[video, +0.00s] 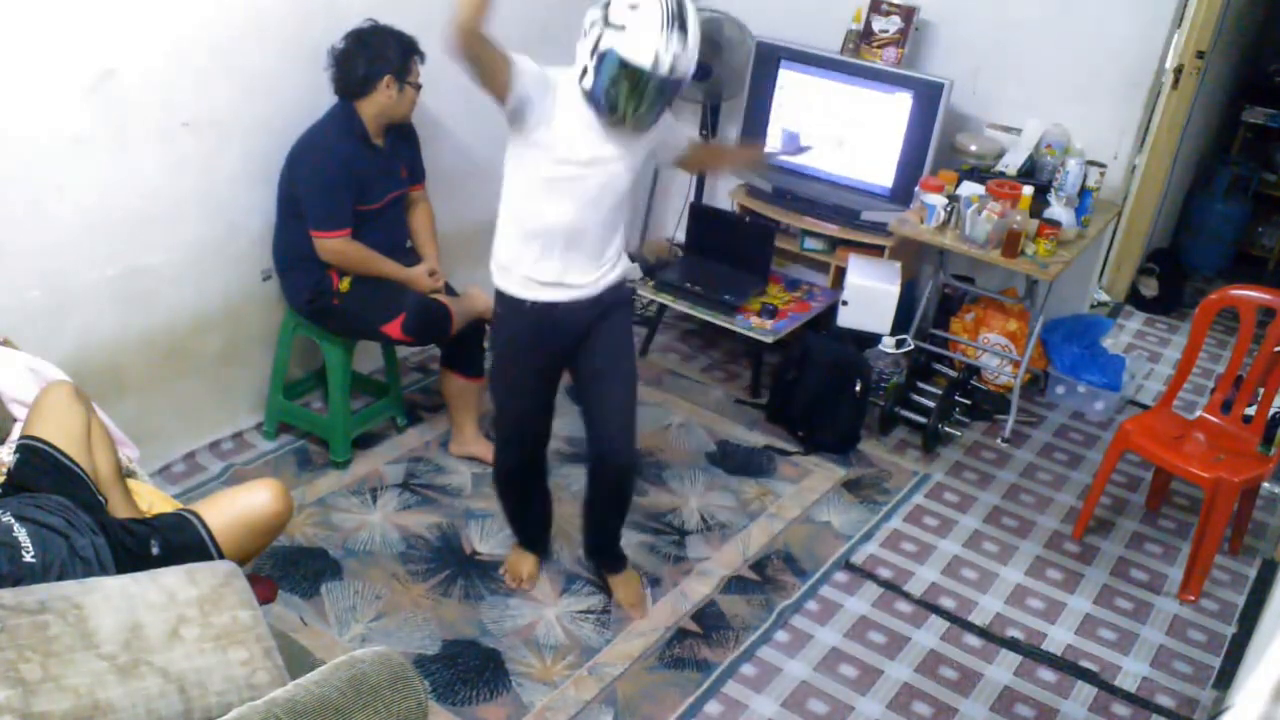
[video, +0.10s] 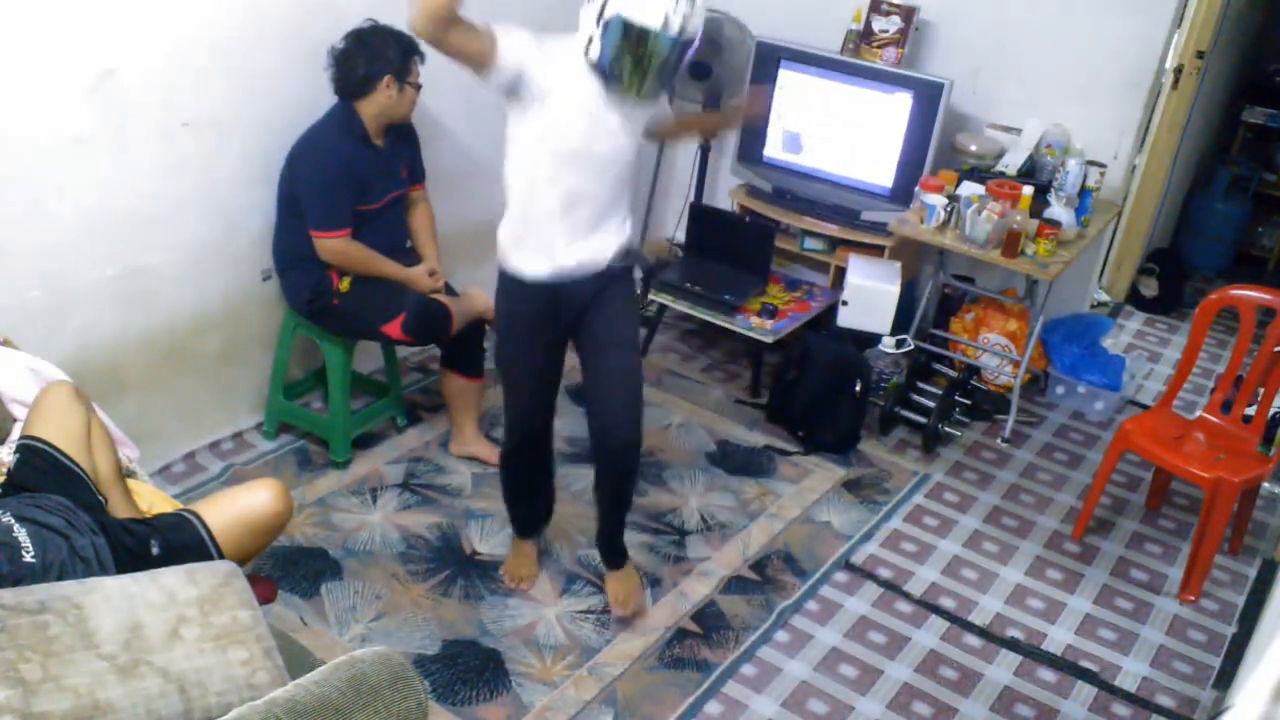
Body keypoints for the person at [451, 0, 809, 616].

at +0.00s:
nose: (636, 102)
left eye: (654, 89)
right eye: (627, 81)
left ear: (671, 80)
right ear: (595, 54)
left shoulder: (655, 126)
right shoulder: (538, 90)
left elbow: (702, 157)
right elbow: (466, 39)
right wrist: (482, 0)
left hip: (604, 306)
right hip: (525, 306)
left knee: (616, 450)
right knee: (517, 449)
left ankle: (606, 554)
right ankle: (529, 541)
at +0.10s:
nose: (639, 52)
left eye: (653, 43)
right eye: (630, 34)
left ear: (662, 47)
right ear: (601, 24)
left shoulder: (641, 94)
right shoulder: (539, 62)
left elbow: (667, 127)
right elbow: (434, 26)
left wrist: (729, 116)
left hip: (606, 283)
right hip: (528, 283)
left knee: (620, 428)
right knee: (526, 424)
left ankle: (613, 552)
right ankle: (525, 533)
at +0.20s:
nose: (614, 29)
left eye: (625, 22)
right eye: (609, 18)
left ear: (644, 26)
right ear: (583, 7)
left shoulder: (645, 48)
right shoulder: (525, 41)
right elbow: (427, 7)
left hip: (613, 266)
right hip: (529, 266)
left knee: (613, 427)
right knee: (513, 423)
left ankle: (612, 556)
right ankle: (509, 549)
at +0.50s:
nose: (583, 93)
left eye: (596, 76)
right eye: (565, 77)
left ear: (621, 66)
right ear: (534, 75)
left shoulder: (644, 95)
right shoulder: (516, 120)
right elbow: (471, 94)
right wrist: (517, 4)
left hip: (624, 321)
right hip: (538, 323)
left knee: (629, 489)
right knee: (499, 477)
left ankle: (615, 575)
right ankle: (479, 597)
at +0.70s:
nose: (582, 86)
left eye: (595, 70)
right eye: (569, 71)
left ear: (631, 42)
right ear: (555, 51)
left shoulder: (706, 78)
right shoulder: (555, 79)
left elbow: (833, 125)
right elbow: (527, 183)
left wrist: (873, 57)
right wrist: (503, 287)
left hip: (665, 302)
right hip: (595, 289)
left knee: (642, 458)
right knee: (552, 429)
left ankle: (663, 592)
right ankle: (546, 554)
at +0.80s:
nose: (618, 108)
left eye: (626, 91)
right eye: (606, 94)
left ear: (666, 68)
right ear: (599, 83)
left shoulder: (741, 131)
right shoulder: (627, 136)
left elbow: (797, 55)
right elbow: (588, 238)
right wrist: (515, 327)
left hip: (683, 353)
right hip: (619, 327)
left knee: (657, 493)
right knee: (568, 447)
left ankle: (674, 603)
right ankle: (603, 550)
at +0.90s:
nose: (655, 97)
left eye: (657, 81)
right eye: (647, 86)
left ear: (701, 75)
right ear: (654, 95)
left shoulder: (748, 151)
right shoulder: (675, 165)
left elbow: (702, 57)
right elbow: (626, 250)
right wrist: (561, 305)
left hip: (696, 360)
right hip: (640, 335)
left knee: (663, 499)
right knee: (580, 438)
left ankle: (672, 606)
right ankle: (617, 545)